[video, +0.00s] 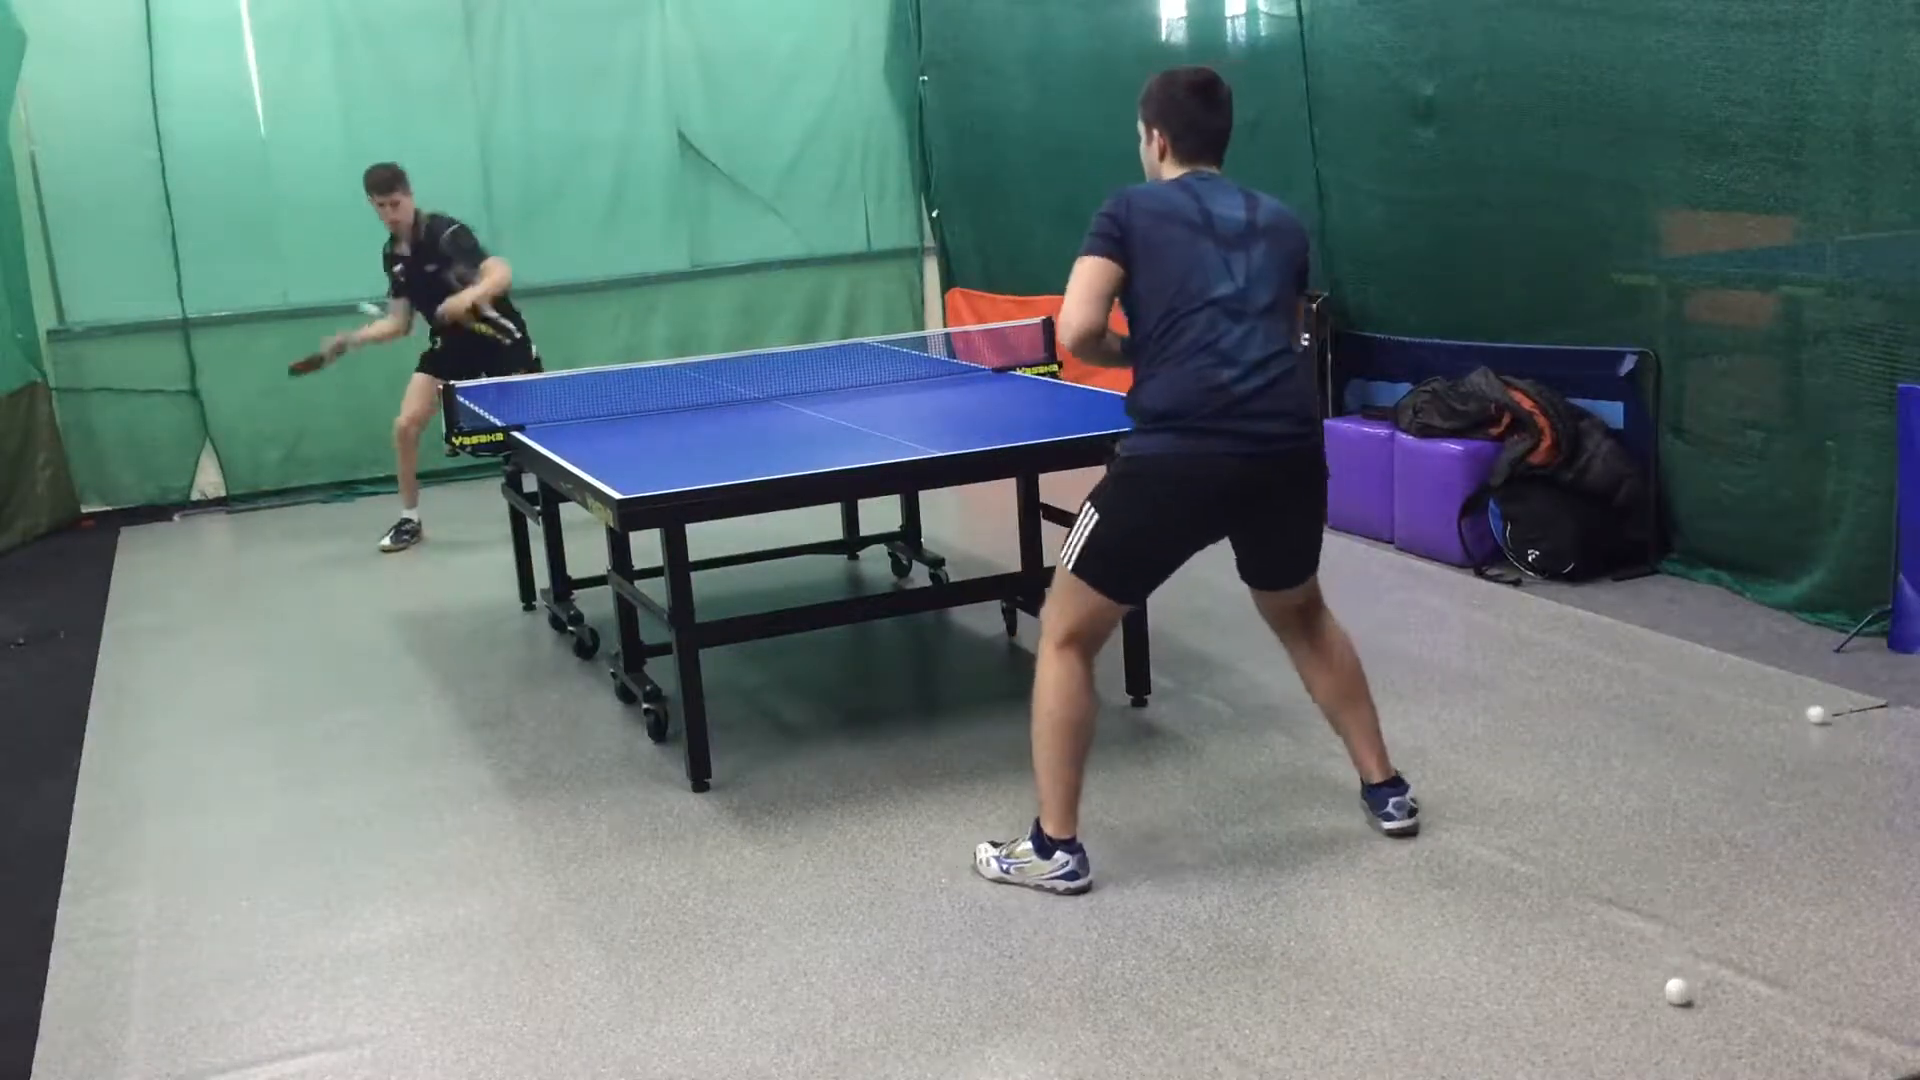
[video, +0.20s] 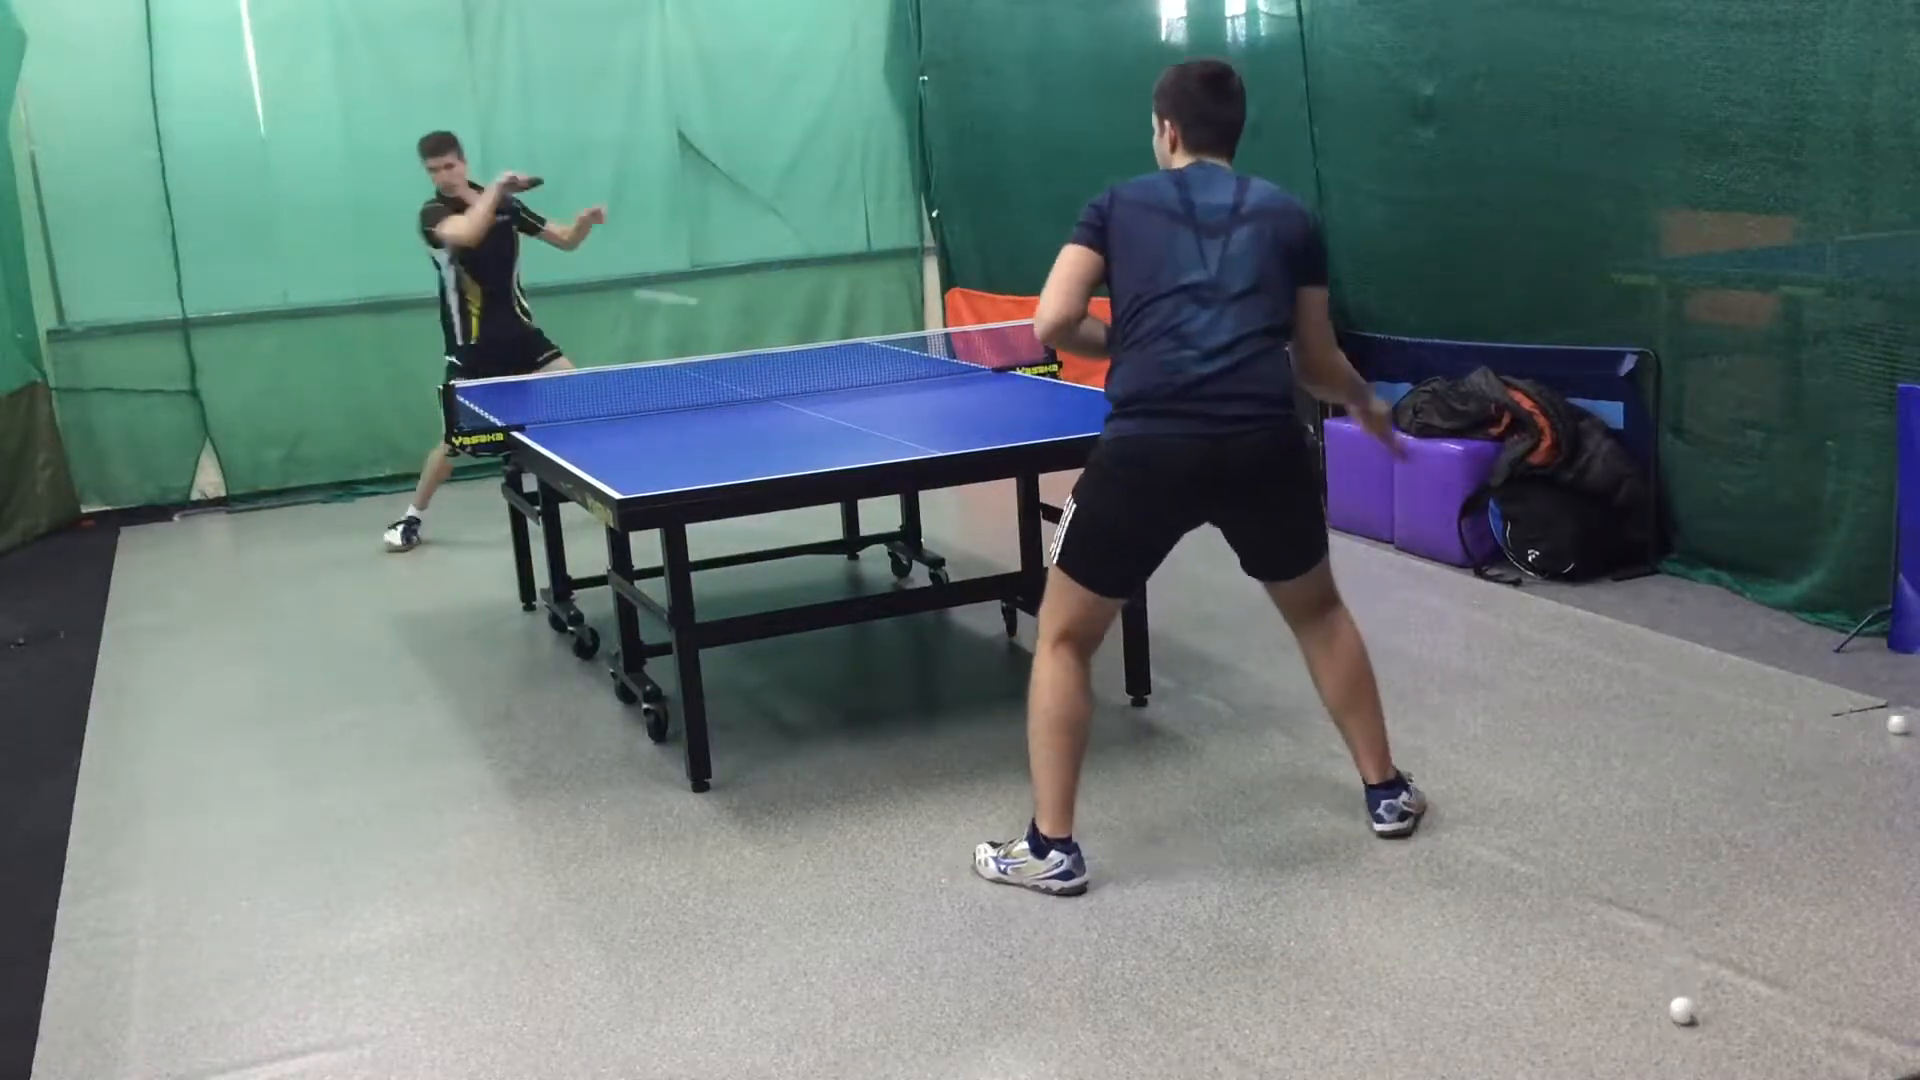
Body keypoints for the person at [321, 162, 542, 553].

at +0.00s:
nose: (389, 215)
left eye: (395, 204)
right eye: (380, 207)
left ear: (410, 197)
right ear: (373, 207)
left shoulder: (445, 231)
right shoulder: (394, 253)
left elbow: (499, 273)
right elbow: (399, 322)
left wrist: (470, 297)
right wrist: (351, 339)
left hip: (500, 336)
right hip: (449, 341)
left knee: (536, 419)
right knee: (407, 424)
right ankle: (410, 518)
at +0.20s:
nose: (445, 175)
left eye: (450, 166)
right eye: (436, 169)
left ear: (464, 162)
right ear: (428, 174)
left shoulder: (501, 203)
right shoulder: (433, 214)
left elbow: (564, 240)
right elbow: (467, 233)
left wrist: (581, 224)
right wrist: (497, 190)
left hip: (521, 337)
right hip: (472, 350)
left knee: (580, 396)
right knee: (454, 441)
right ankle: (413, 517)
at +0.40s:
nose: (477, 181)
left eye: (482, 172)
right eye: (467, 175)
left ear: (492, 169)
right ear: (454, 179)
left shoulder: (521, 209)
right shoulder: (454, 226)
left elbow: (575, 247)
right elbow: (463, 285)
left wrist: (615, 255)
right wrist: (507, 242)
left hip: (529, 336)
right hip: (477, 347)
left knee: (592, 390)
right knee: (445, 436)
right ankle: (401, 519)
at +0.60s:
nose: (437, 198)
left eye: (441, 188)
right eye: (427, 192)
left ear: (449, 183)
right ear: (413, 195)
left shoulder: (483, 224)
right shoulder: (413, 243)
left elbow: (521, 289)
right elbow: (413, 314)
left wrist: (513, 329)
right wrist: (399, 338)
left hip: (510, 317)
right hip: (463, 327)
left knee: (562, 394)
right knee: (425, 417)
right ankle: (418, 511)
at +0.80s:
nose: (417, 234)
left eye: (421, 222)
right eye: (406, 228)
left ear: (431, 212)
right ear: (396, 227)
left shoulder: (460, 250)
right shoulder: (422, 262)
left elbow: (479, 307)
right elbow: (440, 330)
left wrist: (433, 338)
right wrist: (384, 369)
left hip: (529, 351)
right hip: (484, 349)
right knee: (420, 414)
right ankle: (419, 511)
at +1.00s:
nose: (460, 194)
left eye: (463, 183)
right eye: (452, 188)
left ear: (479, 175)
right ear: (447, 192)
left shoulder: (530, 206)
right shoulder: (460, 237)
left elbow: (586, 232)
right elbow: (472, 299)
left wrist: (577, 239)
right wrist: (448, 294)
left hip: (559, 329)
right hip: (506, 337)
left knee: (597, 402)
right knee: (465, 414)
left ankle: (618, 491)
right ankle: (434, 506)